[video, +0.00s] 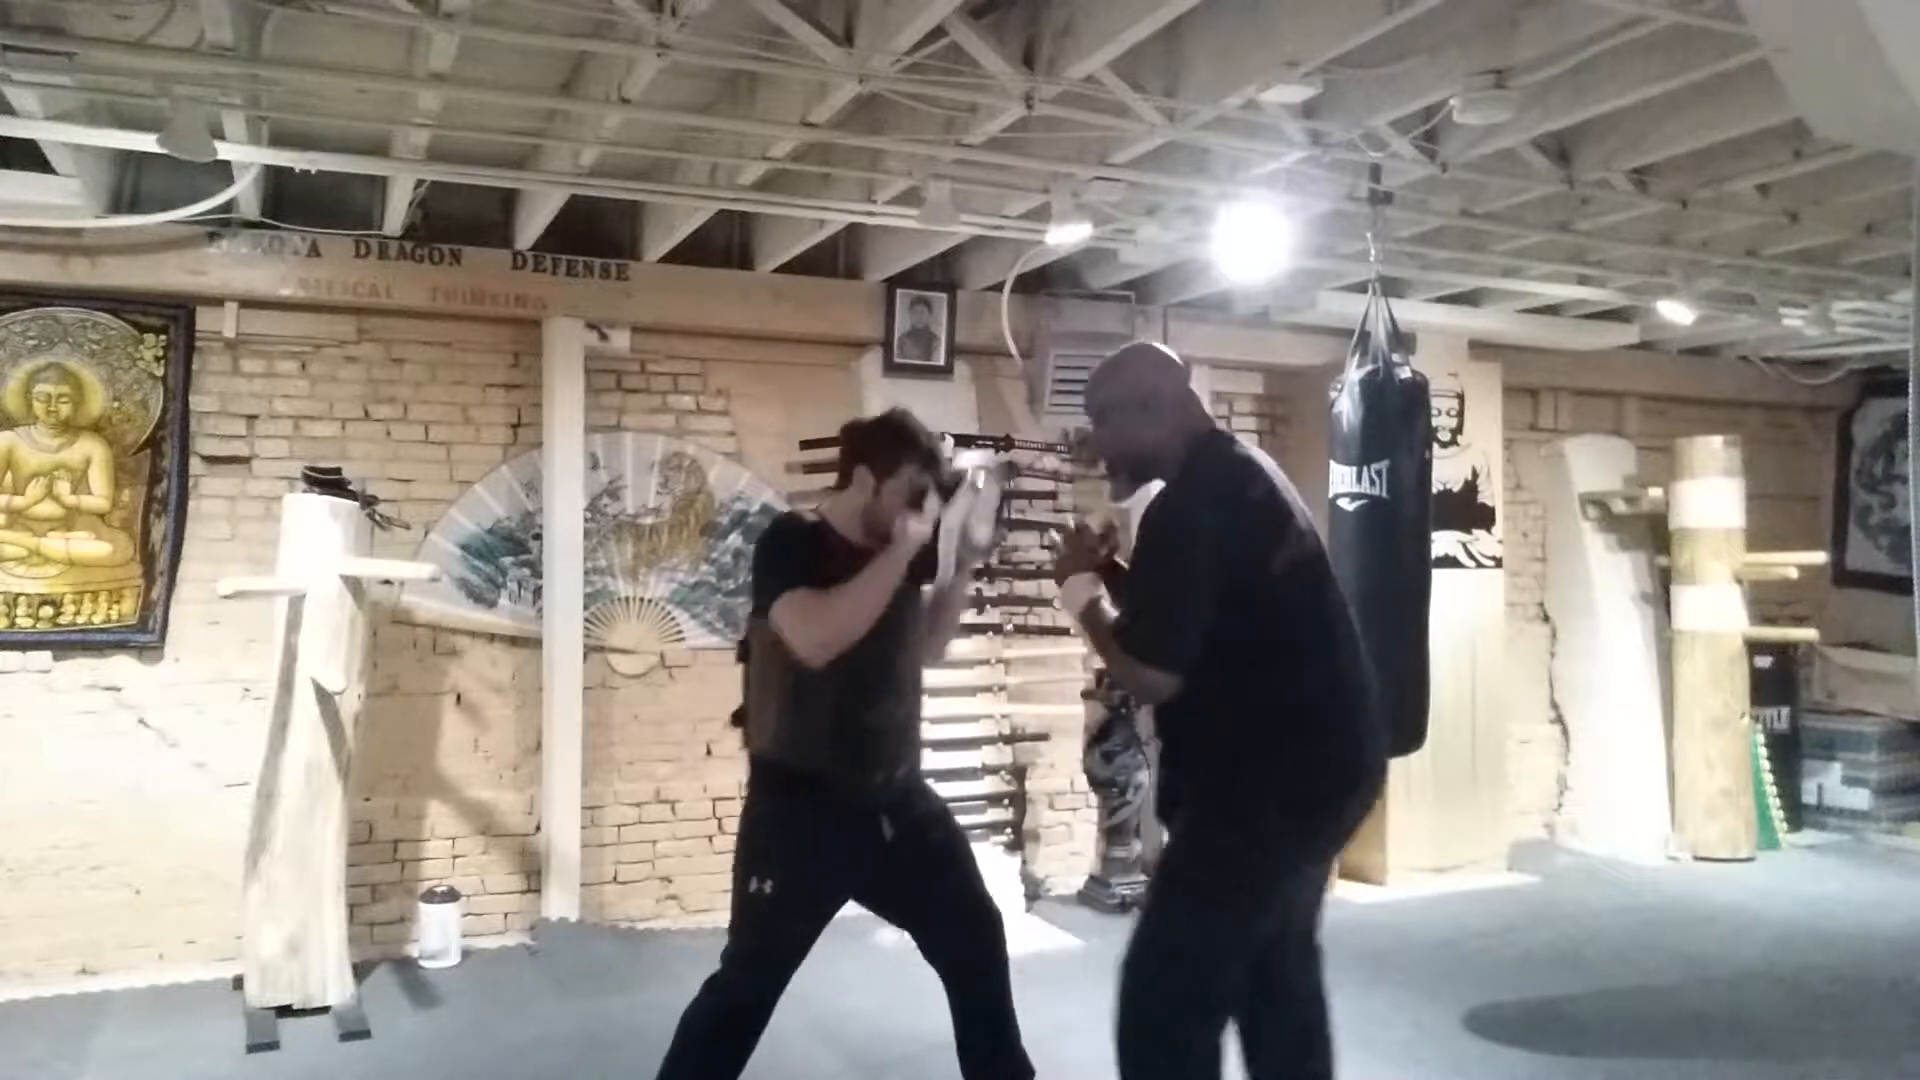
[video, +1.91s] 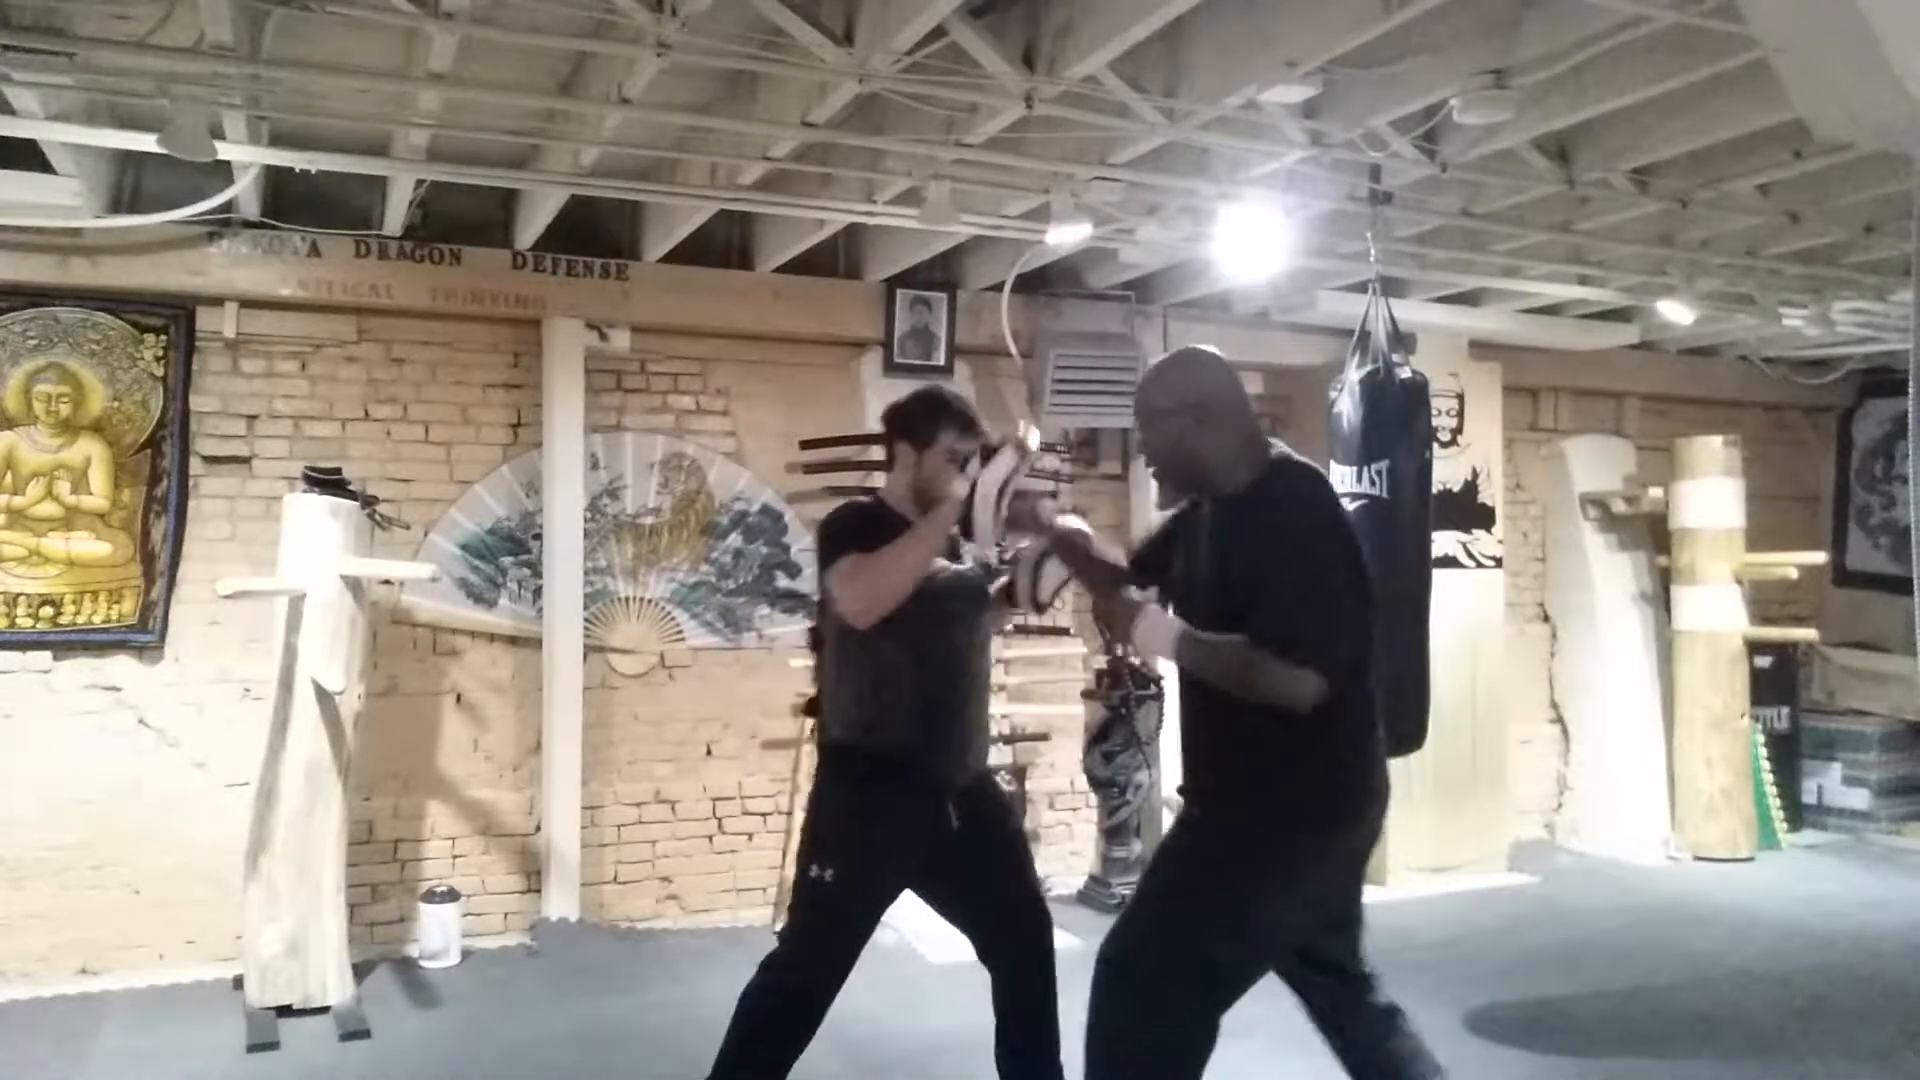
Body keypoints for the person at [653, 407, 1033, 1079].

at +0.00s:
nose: (918, 518)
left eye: (926, 506)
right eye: (911, 499)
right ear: (861, 477)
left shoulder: (897, 558)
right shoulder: (788, 542)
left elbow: (925, 646)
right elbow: (813, 640)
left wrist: (960, 568)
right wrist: (901, 553)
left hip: (895, 804)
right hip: (799, 811)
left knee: (975, 950)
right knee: (746, 988)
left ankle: (1003, 1077)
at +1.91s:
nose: (966, 477)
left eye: (972, 463)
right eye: (955, 459)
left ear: (975, 468)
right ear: (901, 453)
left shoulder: (959, 543)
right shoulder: (854, 525)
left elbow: (1021, 596)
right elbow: (858, 601)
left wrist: (1030, 528)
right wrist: (957, 511)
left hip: (960, 796)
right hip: (865, 797)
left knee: (1025, 950)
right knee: (805, 973)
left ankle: (1036, 1079)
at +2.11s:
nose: (934, 472)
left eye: (941, 459)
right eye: (919, 455)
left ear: (947, 464)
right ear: (871, 453)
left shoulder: (949, 544)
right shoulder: (818, 535)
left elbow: (954, 649)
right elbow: (792, 635)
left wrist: (996, 580)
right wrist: (862, 525)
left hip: (947, 795)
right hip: (843, 800)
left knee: (1020, 947)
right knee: (788, 972)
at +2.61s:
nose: (944, 478)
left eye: (947, 463)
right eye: (929, 461)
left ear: (945, 463)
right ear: (876, 462)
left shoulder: (952, 538)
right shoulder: (817, 545)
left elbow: (978, 647)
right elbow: (751, 653)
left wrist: (1015, 561)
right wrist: (801, 551)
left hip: (954, 795)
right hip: (847, 797)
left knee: (1015, 954)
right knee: (785, 970)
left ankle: (1034, 1077)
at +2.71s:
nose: (937, 475)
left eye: (941, 460)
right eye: (921, 458)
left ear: (941, 462)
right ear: (867, 460)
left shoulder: (947, 543)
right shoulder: (810, 548)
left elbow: (983, 644)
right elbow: (752, 660)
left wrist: (1011, 564)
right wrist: (796, 552)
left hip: (950, 795)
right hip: (841, 801)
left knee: (1014, 961)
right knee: (783, 971)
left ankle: (1033, 1079)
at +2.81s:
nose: (917, 471)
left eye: (920, 457)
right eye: (899, 456)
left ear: (923, 462)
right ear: (849, 463)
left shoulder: (937, 545)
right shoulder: (796, 550)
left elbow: (970, 642)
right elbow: (739, 666)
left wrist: (1000, 568)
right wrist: (790, 560)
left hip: (943, 798)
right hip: (835, 802)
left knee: (1007, 955)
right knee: (781, 975)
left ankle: (1032, 1076)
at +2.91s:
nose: (910, 476)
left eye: (913, 460)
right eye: (893, 460)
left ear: (914, 462)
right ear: (842, 466)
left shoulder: (919, 545)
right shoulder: (789, 548)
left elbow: (943, 654)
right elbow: (733, 670)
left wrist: (987, 568)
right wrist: (788, 565)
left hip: (939, 799)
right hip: (832, 805)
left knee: (1007, 960)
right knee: (781, 977)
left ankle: (1035, 1078)